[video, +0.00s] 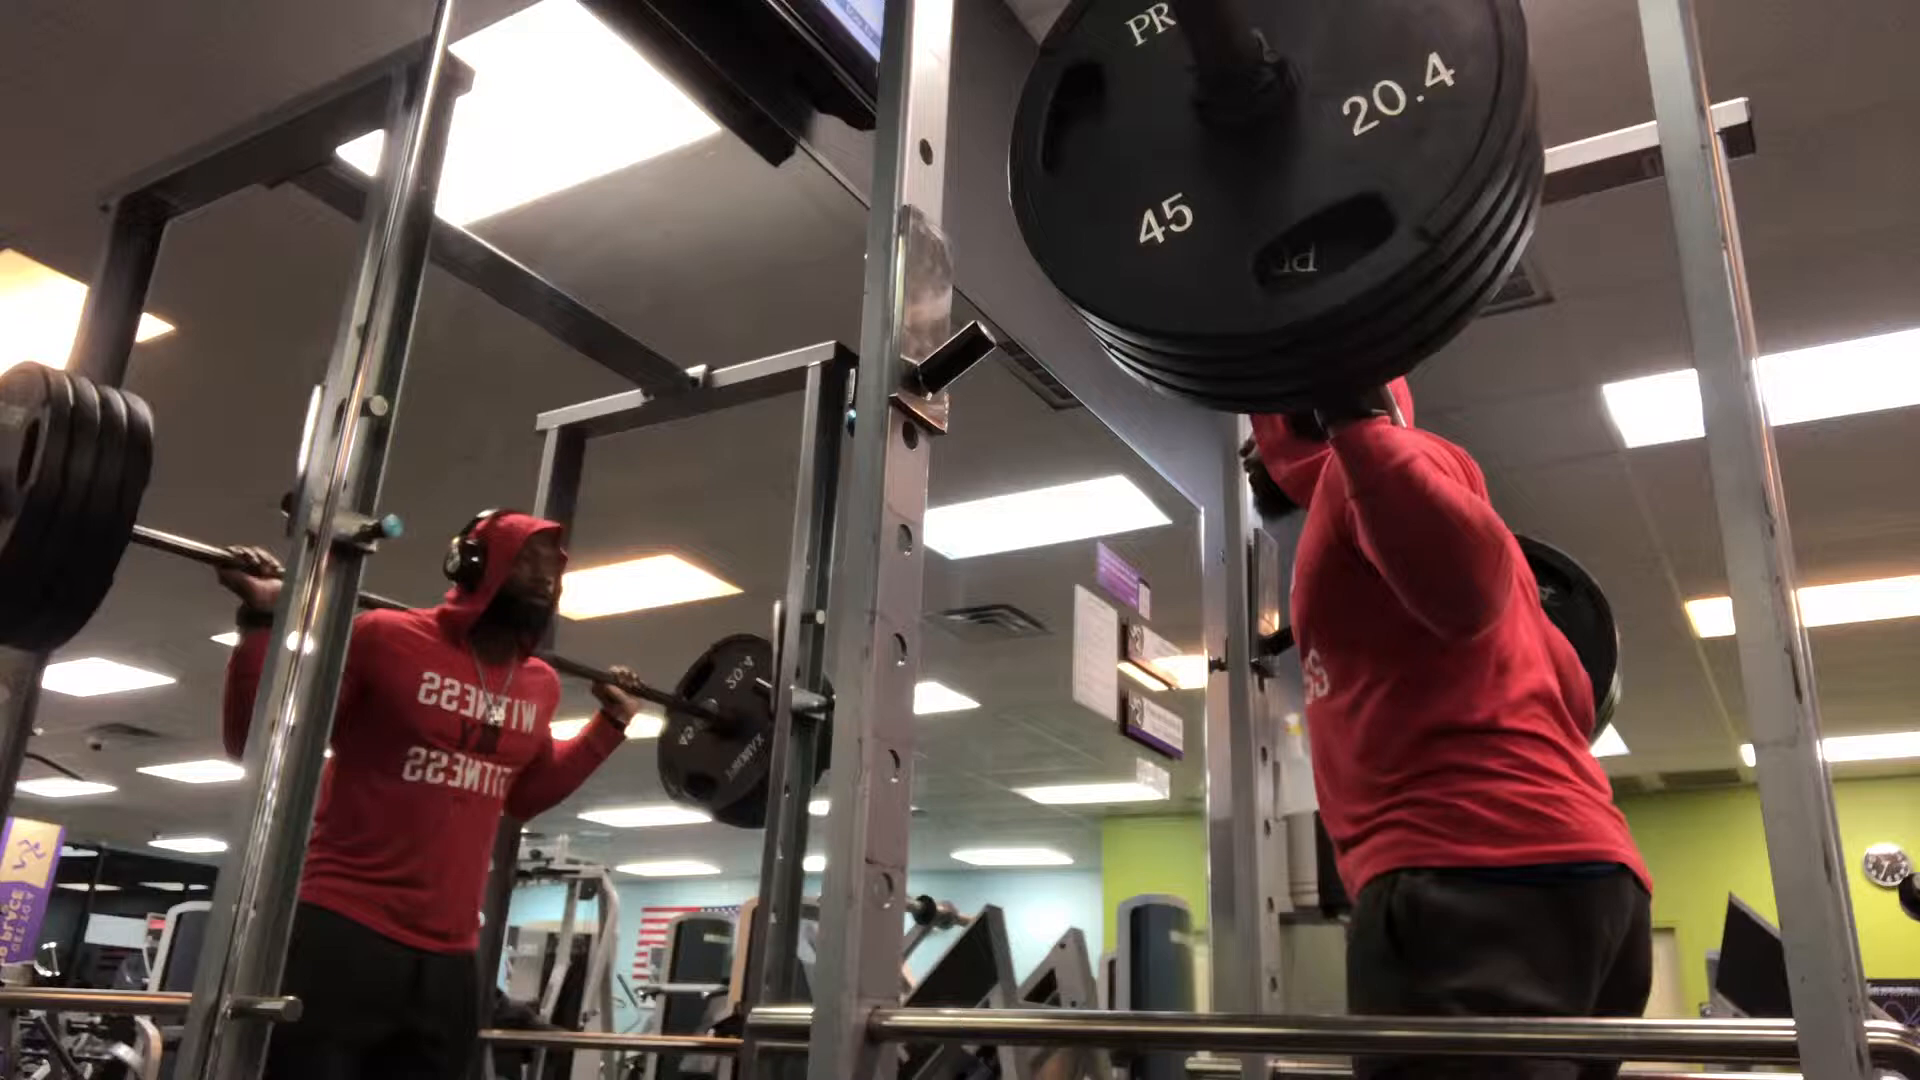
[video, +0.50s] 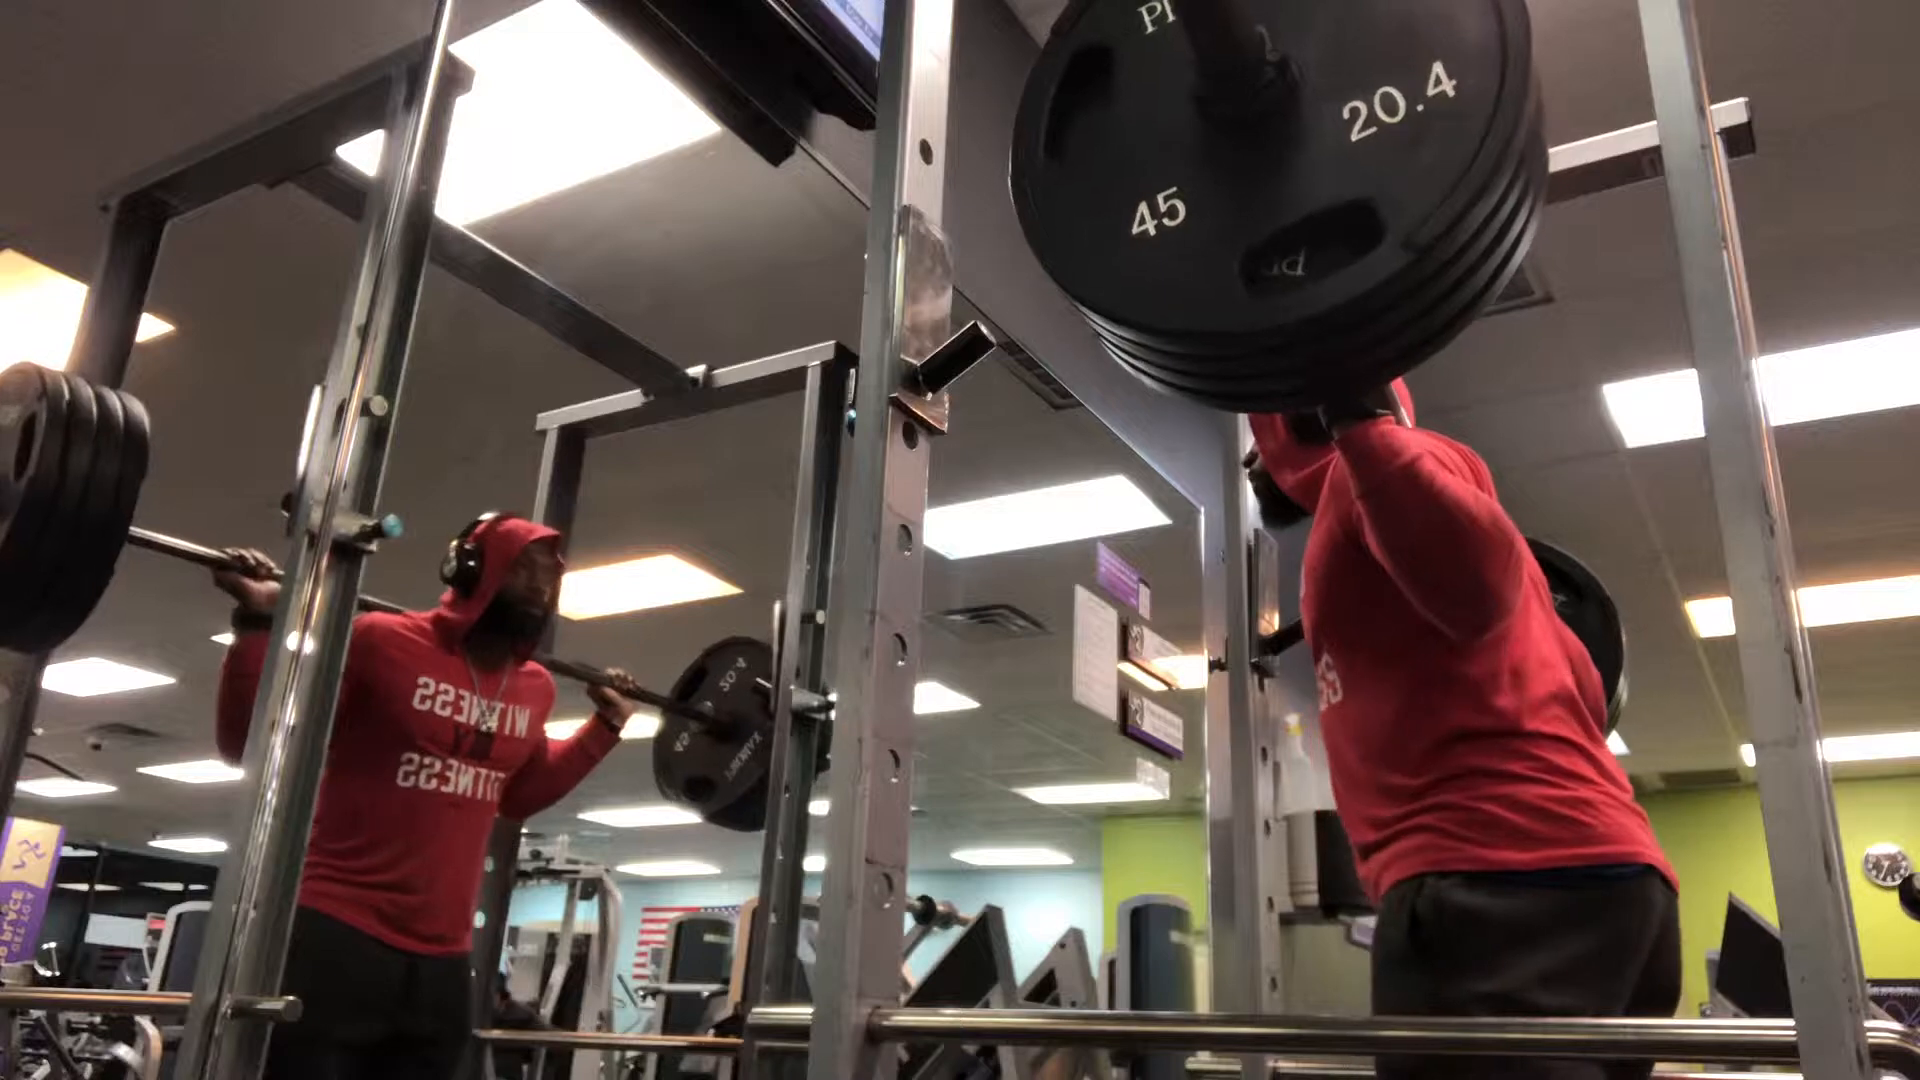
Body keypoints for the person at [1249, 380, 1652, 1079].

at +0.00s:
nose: (1252, 433)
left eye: (1262, 407)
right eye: (1251, 410)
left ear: (1305, 405)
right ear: (1393, 395)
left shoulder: (1385, 466)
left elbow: (1469, 590)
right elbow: (1574, 687)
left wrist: (1358, 417)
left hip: (1469, 879)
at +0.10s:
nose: (1254, 433)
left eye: (1263, 408)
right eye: (1253, 411)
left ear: (1302, 404)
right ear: (1399, 396)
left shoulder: (1384, 465)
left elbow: (1468, 589)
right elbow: (1574, 688)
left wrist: (1357, 417)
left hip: (1466, 878)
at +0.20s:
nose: (1251, 431)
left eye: (1262, 404)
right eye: (1252, 408)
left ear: (1305, 401)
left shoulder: (1384, 464)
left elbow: (1466, 587)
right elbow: (1574, 684)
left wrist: (1357, 414)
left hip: (1469, 880)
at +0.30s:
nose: (1252, 431)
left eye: (1263, 403)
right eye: (1250, 405)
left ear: (1308, 401)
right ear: (1391, 388)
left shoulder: (1386, 461)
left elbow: (1469, 584)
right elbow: (1578, 678)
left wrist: (1358, 411)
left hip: (1484, 885)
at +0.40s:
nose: (1253, 434)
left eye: (1265, 408)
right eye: (1252, 411)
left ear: (1310, 403)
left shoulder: (1394, 460)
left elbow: (1478, 585)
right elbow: (1580, 673)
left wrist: (1361, 414)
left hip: (1494, 885)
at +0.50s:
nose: (1248, 432)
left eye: (1258, 406)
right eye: (1247, 408)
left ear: (1303, 406)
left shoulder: (1397, 465)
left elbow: (1476, 592)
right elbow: (1582, 675)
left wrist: (1360, 419)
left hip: (1500, 891)